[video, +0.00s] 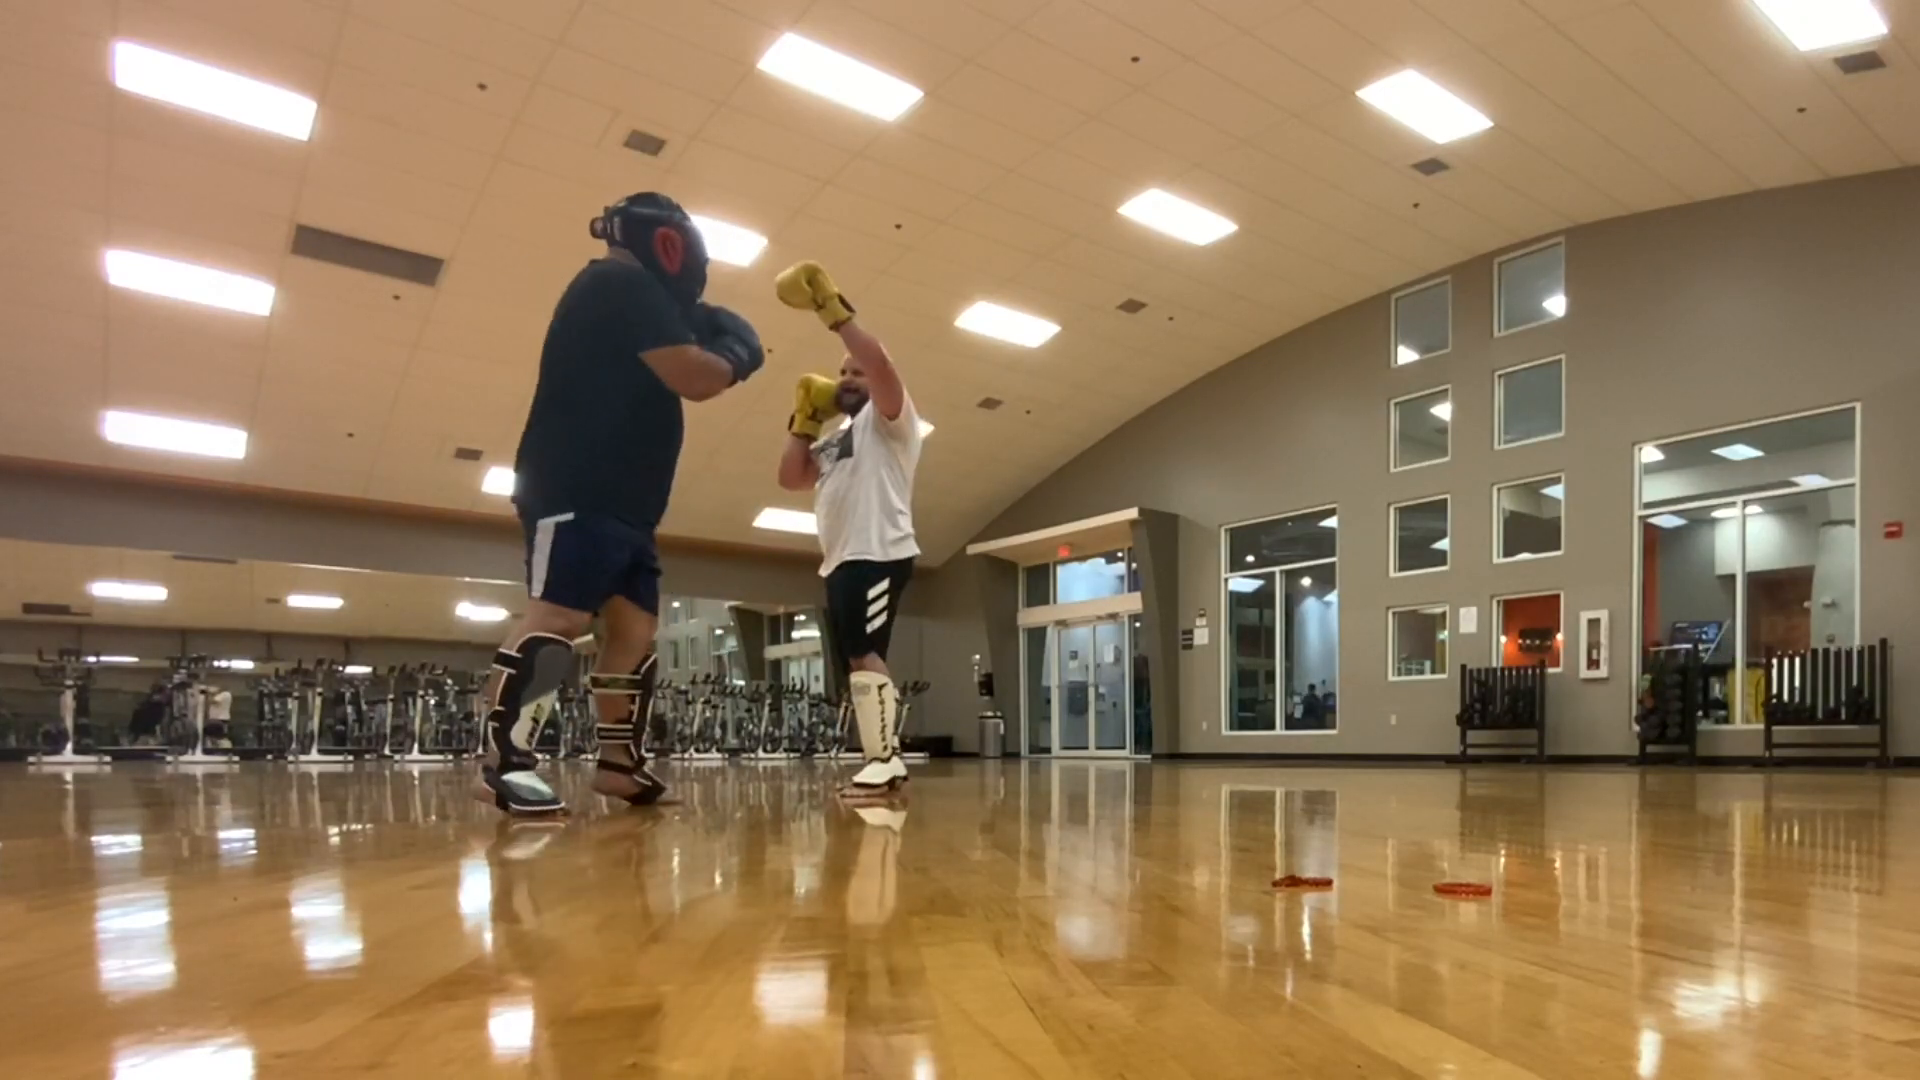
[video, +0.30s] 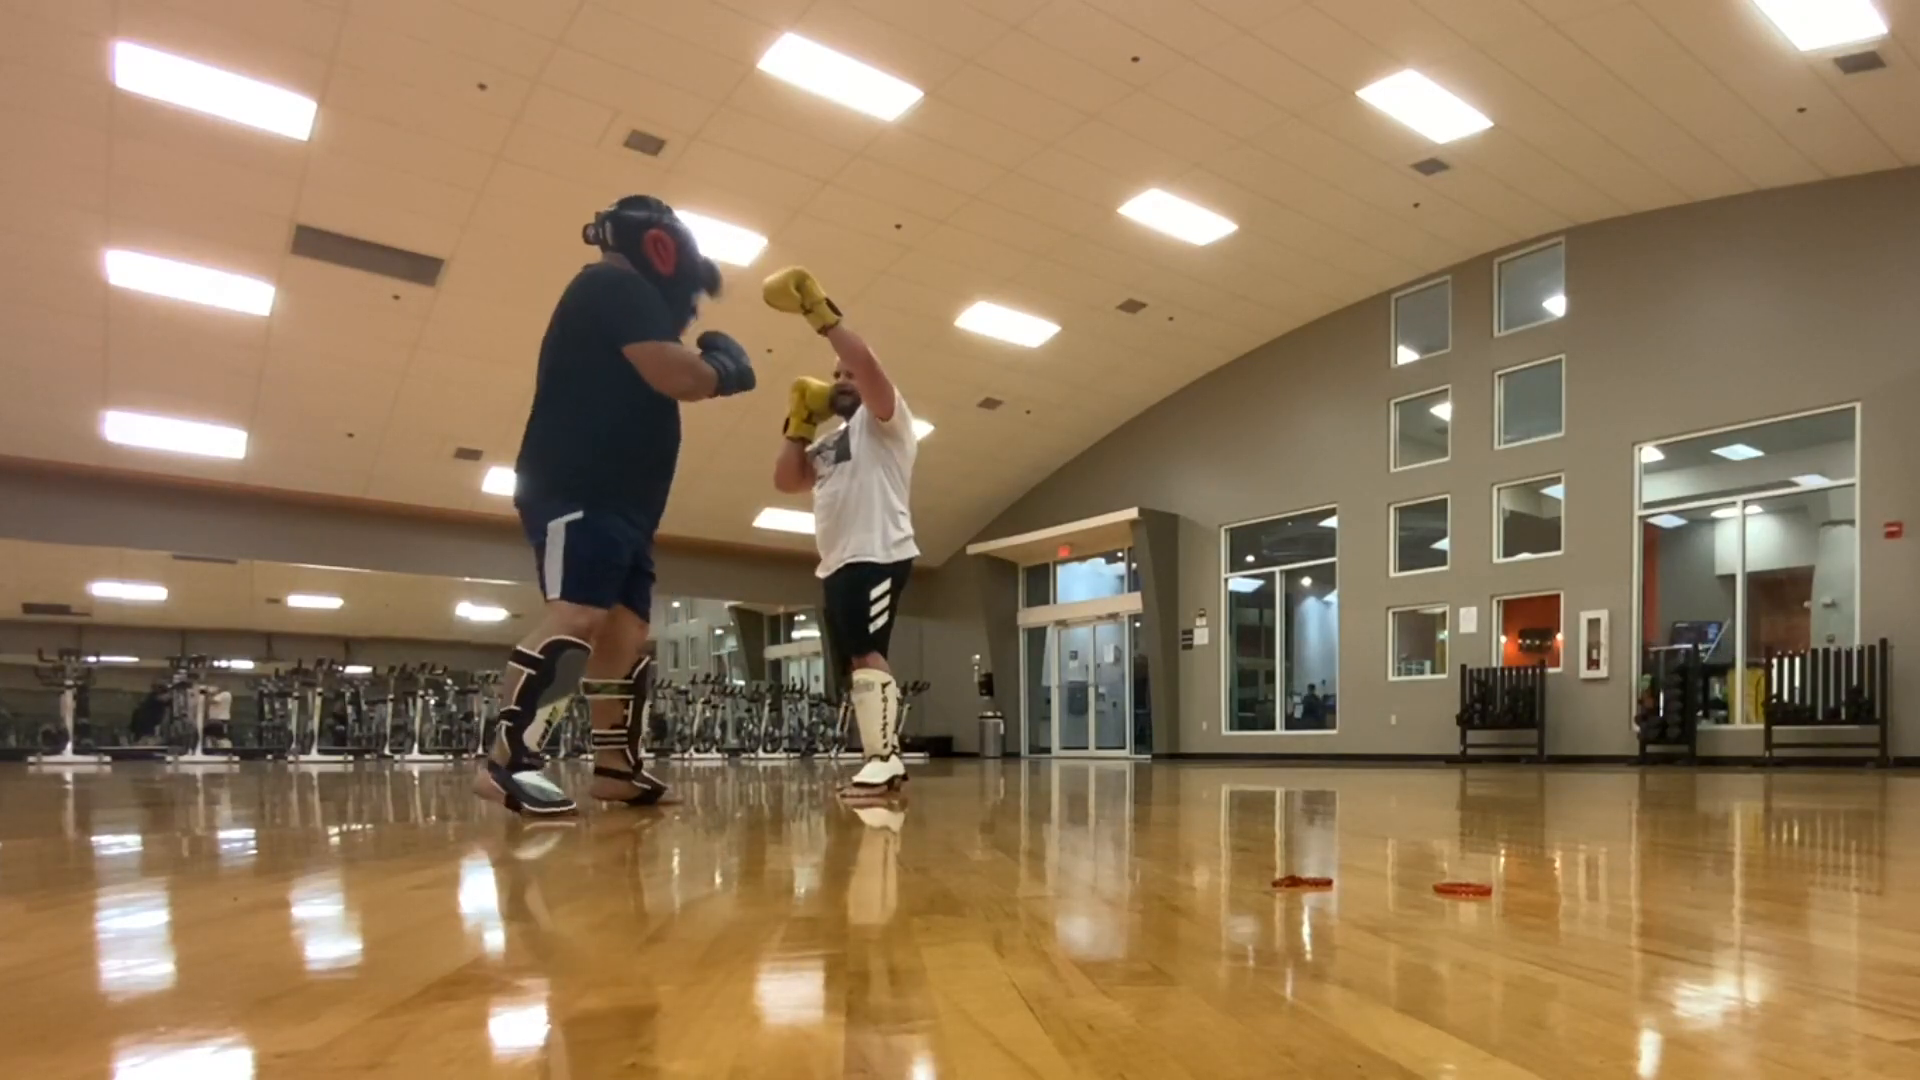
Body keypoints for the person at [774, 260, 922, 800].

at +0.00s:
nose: (848, 381)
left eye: (859, 375)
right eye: (844, 374)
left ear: (877, 384)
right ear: (836, 386)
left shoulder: (890, 422)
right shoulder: (835, 441)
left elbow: (879, 366)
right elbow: (791, 478)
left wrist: (836, 315)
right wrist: (804, 423)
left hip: (878, 548)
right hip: (842, 556)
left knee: (863, 657)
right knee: (856, 662)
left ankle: (882, 762)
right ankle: (880, 760)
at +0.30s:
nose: (841, 384)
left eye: (851, 378)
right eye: (837, 378)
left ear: (869, 386)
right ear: (830, 390)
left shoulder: (883, 424)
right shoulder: (829, 444)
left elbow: (867, 367)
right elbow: (786, 480)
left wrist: (825, 317)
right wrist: (798, 426)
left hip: (877, 549)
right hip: (838, 559)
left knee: (866, 654)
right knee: (856, 661)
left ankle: (882, 761)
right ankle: (882, 760)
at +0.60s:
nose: (834, 376)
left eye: (844, 370)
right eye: (830, 370)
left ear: (861, 379)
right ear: (824, 383)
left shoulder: (875, 422)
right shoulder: (821, 443)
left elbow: (860, 361)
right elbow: (786, 480)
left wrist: (824, 306)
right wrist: (793, 425)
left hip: (871, 546)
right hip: (838, 555)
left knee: (855, 651)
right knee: (857, 658)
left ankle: (880, 754)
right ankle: (879, 755)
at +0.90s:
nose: (822, 364)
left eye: (832, 355)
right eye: (822, 356)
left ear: (855, 361)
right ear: (825, 369)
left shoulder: (864, 399)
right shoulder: (825, 427)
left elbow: (822, 342)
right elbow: (791, 475)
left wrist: (773, 274)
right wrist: (793, 418)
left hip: (867, 541)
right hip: (839, 549)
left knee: (857, 650)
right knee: (850, 652)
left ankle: (882, 757)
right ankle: (879, 756)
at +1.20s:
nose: (822, 377)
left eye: (832, 368)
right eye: (818, 369)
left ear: (858, 370)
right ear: (819, 378)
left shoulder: (873, 402)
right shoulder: (824, 434)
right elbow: (789, 484)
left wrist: (812, 372)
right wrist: (785, 428)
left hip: (868, 548)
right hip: (832, 555)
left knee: (867, 656)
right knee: (838, 664)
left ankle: (884, 761)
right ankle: (855, 760)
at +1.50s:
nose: (832, 372)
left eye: (842, 365)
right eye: (825, 364)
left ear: (861, 375)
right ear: (815, 378)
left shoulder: (879, 416)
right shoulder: (806, 435)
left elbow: (909, 459)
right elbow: (770, 484)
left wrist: (870, 410)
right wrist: (769, 432)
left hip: (870, 544)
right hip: (826, 552)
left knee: (844, 637)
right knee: (847, 649)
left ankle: (859, 749)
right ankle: (866, 750)